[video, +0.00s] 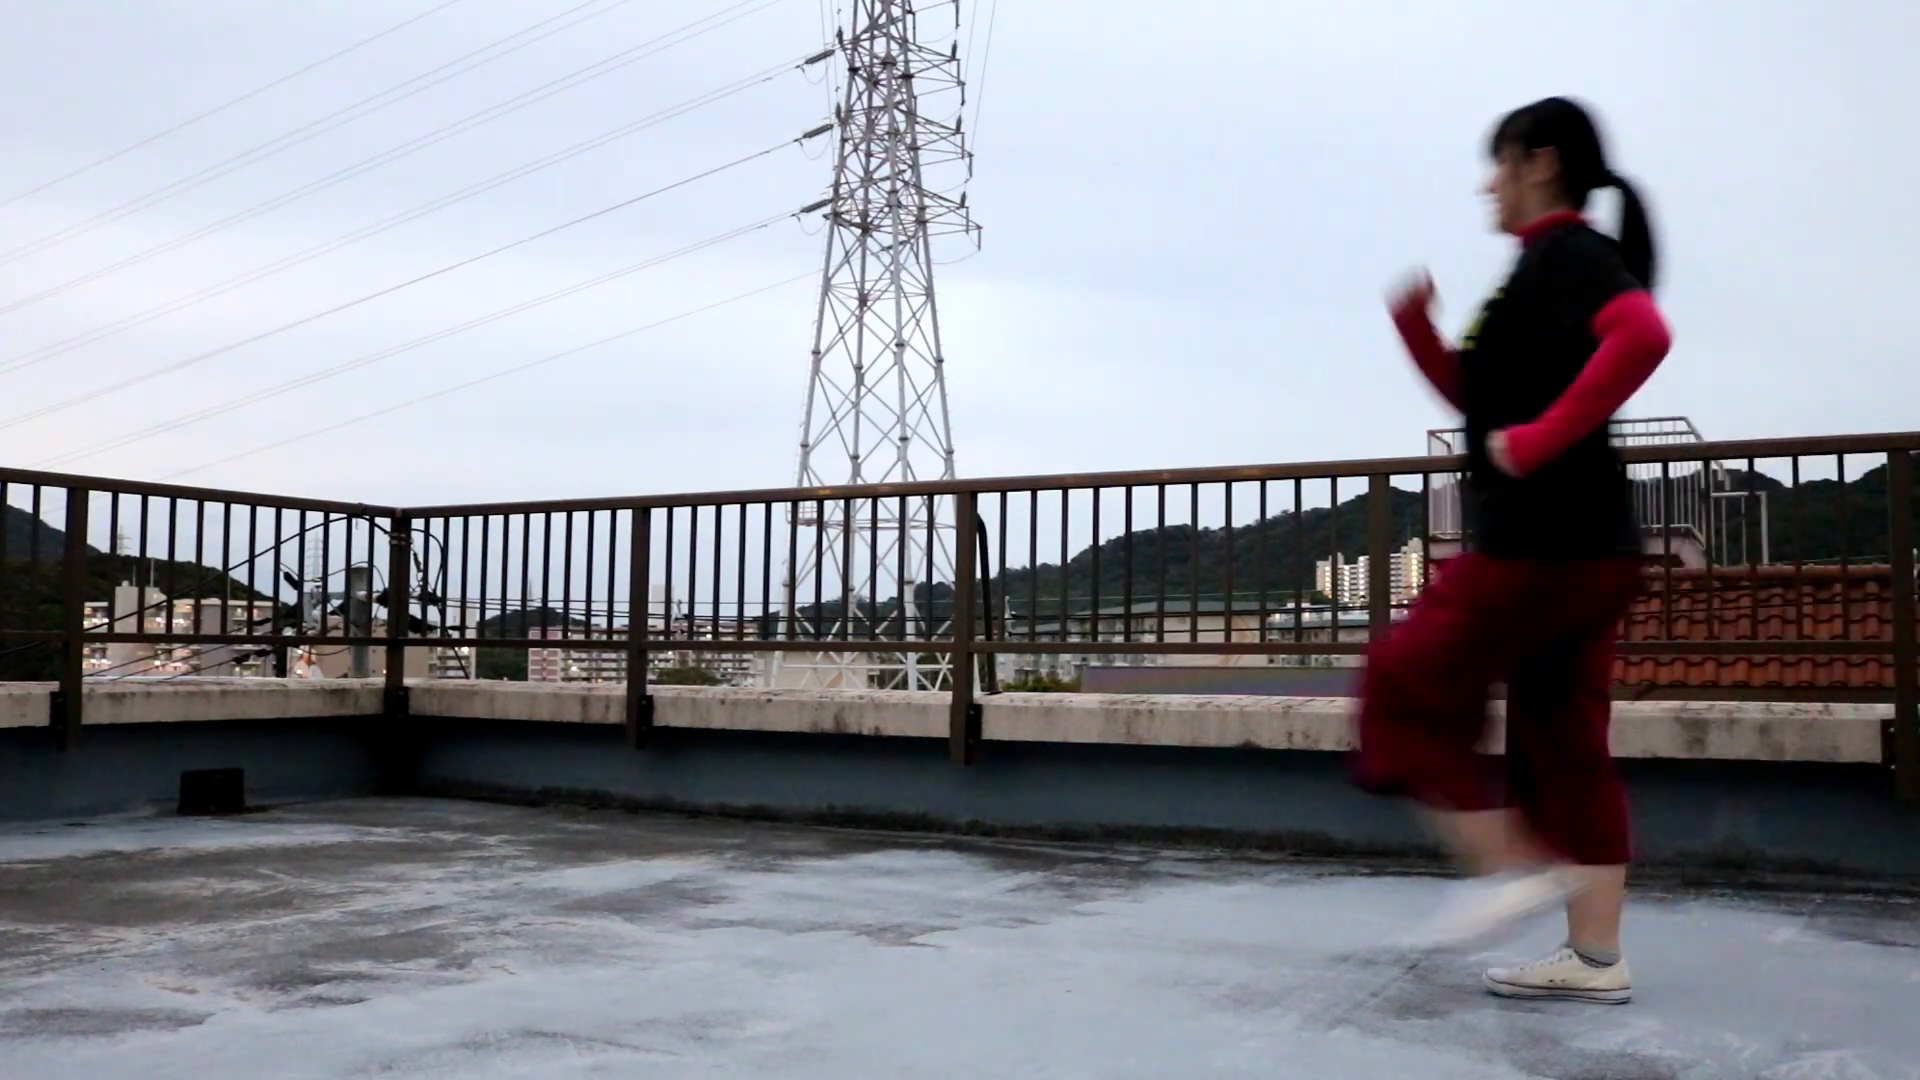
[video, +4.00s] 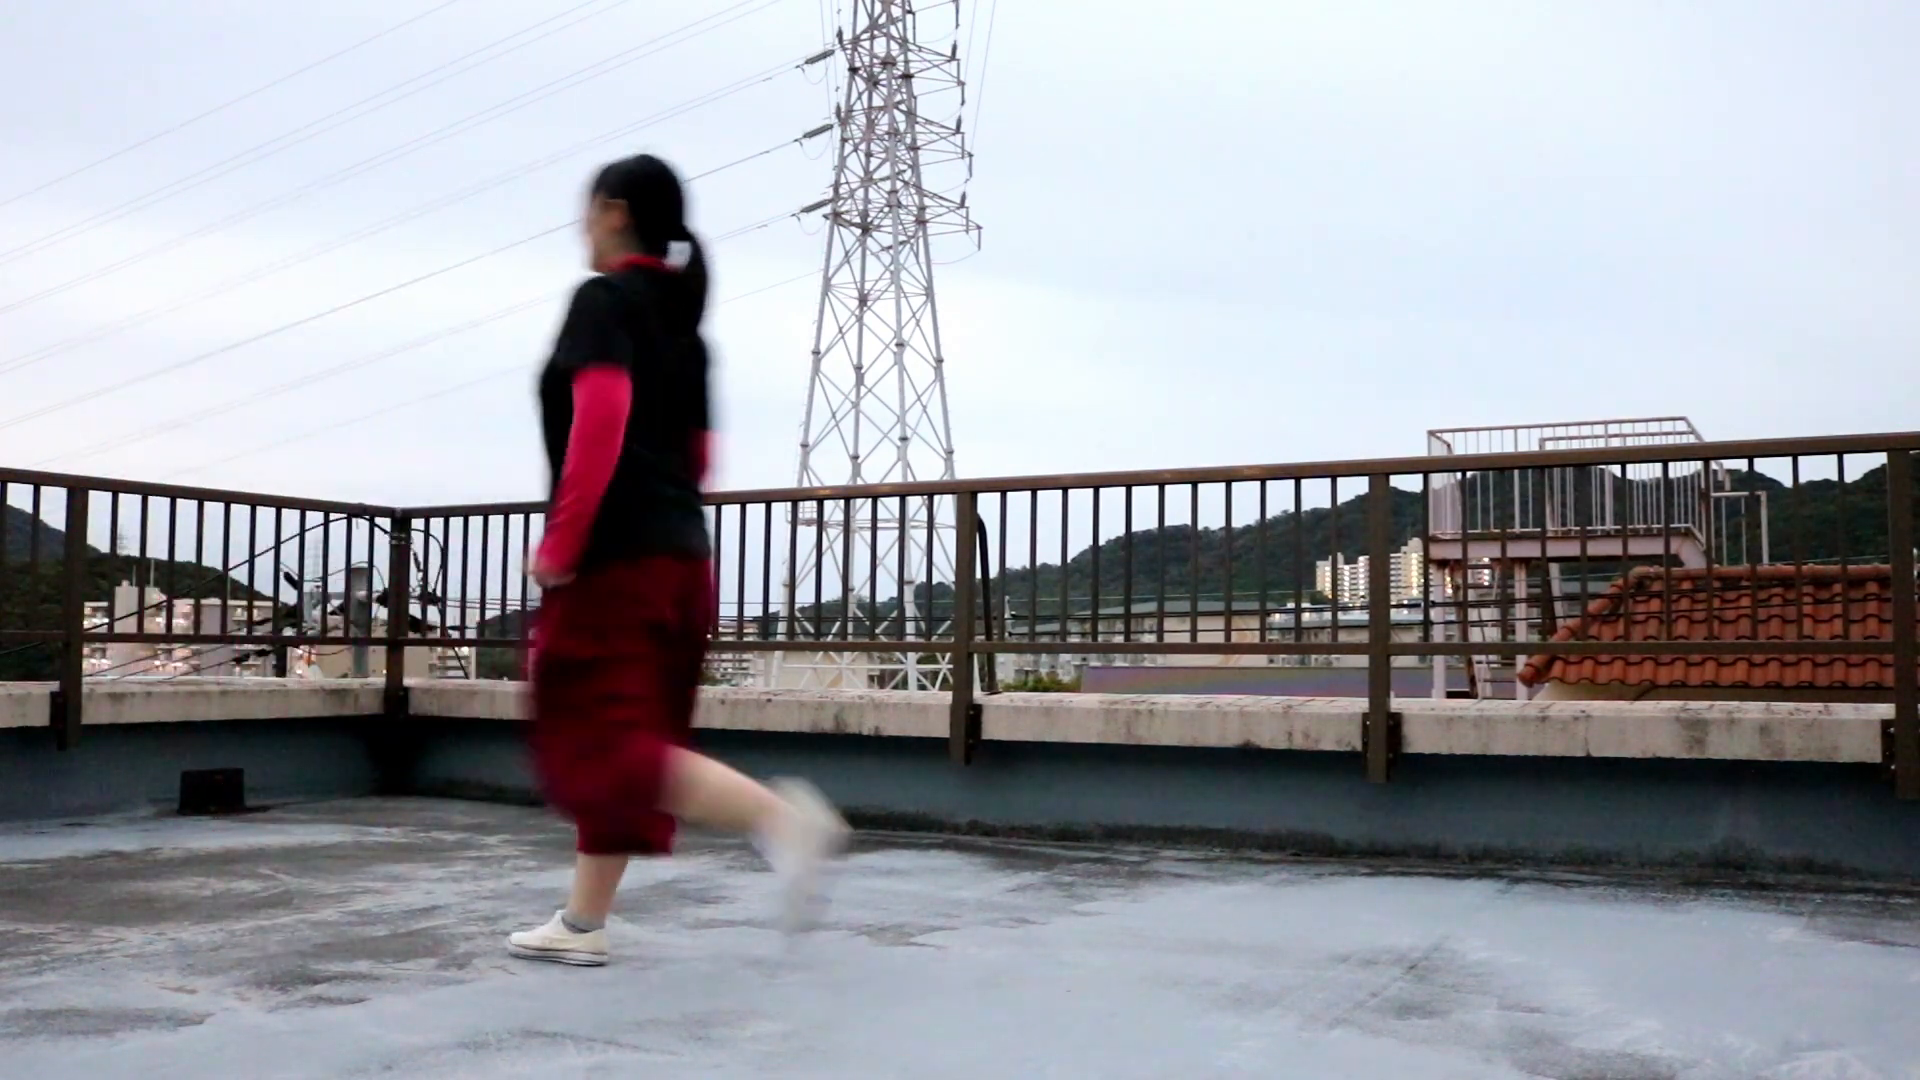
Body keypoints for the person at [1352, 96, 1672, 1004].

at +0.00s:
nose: (1488, 180)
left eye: (1499, 163)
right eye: (1491, 164)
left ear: (1544, 166)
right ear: (1544, 170)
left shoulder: (1571, 254)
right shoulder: (1538, 273)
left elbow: (1642, 333)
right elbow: (1472, 396)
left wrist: (1542, 435)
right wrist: (1415, 323)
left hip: (1539, 546)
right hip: (1575, 546)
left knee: (1400, 687)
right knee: (1566, 734)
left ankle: (1507, 864)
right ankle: (1595, 955)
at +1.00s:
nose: (848, 248)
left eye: (856, 235)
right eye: (851, 235)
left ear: (885, 239)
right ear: (906, 244)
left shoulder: (903, 315)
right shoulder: (887, 324)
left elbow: (950, 393)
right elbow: (833, 414)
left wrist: (876, 466)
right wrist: (794, 343)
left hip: (869, 567)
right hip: (913, 565)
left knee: (743, 684)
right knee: (908, 730)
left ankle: (806, 854)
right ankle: (931, 911)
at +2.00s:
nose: (343, 283)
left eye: (348, 272)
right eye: (347, 272)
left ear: (365, 280)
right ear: (404, 288)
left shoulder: (364, 341)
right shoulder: (398, 350)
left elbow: (393, 392)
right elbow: (338, 438)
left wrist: (335, 493)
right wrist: (299, 381)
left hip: (337, 564)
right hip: (403, 563)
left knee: (250, 689)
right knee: (396, 718)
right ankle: (390, 884)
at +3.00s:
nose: (157, 301)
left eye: (161, 291)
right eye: (162, 289)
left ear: (174, 297)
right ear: (229, 303)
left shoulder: (149, 365)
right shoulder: (240, 389)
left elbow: (146, 450)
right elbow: (243, 488)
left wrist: (78, 526)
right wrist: (175, 487)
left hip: (123, 572)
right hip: (195, 577)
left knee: (77, 720)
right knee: (142, 722)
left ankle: (200, 807)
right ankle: (96, 864)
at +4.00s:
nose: (585, 229)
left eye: (592, 215)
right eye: (589, 215)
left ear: (616, 219)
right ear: (658, 226)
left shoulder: (603, 300)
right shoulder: (679, 316)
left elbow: (601, 418)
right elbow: (696, 456)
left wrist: (560, 539)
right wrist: (627, 505)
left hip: (614, 559)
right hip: (677, 559)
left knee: (587, 741)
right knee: (626, 736)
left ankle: (781, 817)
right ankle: (583, 922)